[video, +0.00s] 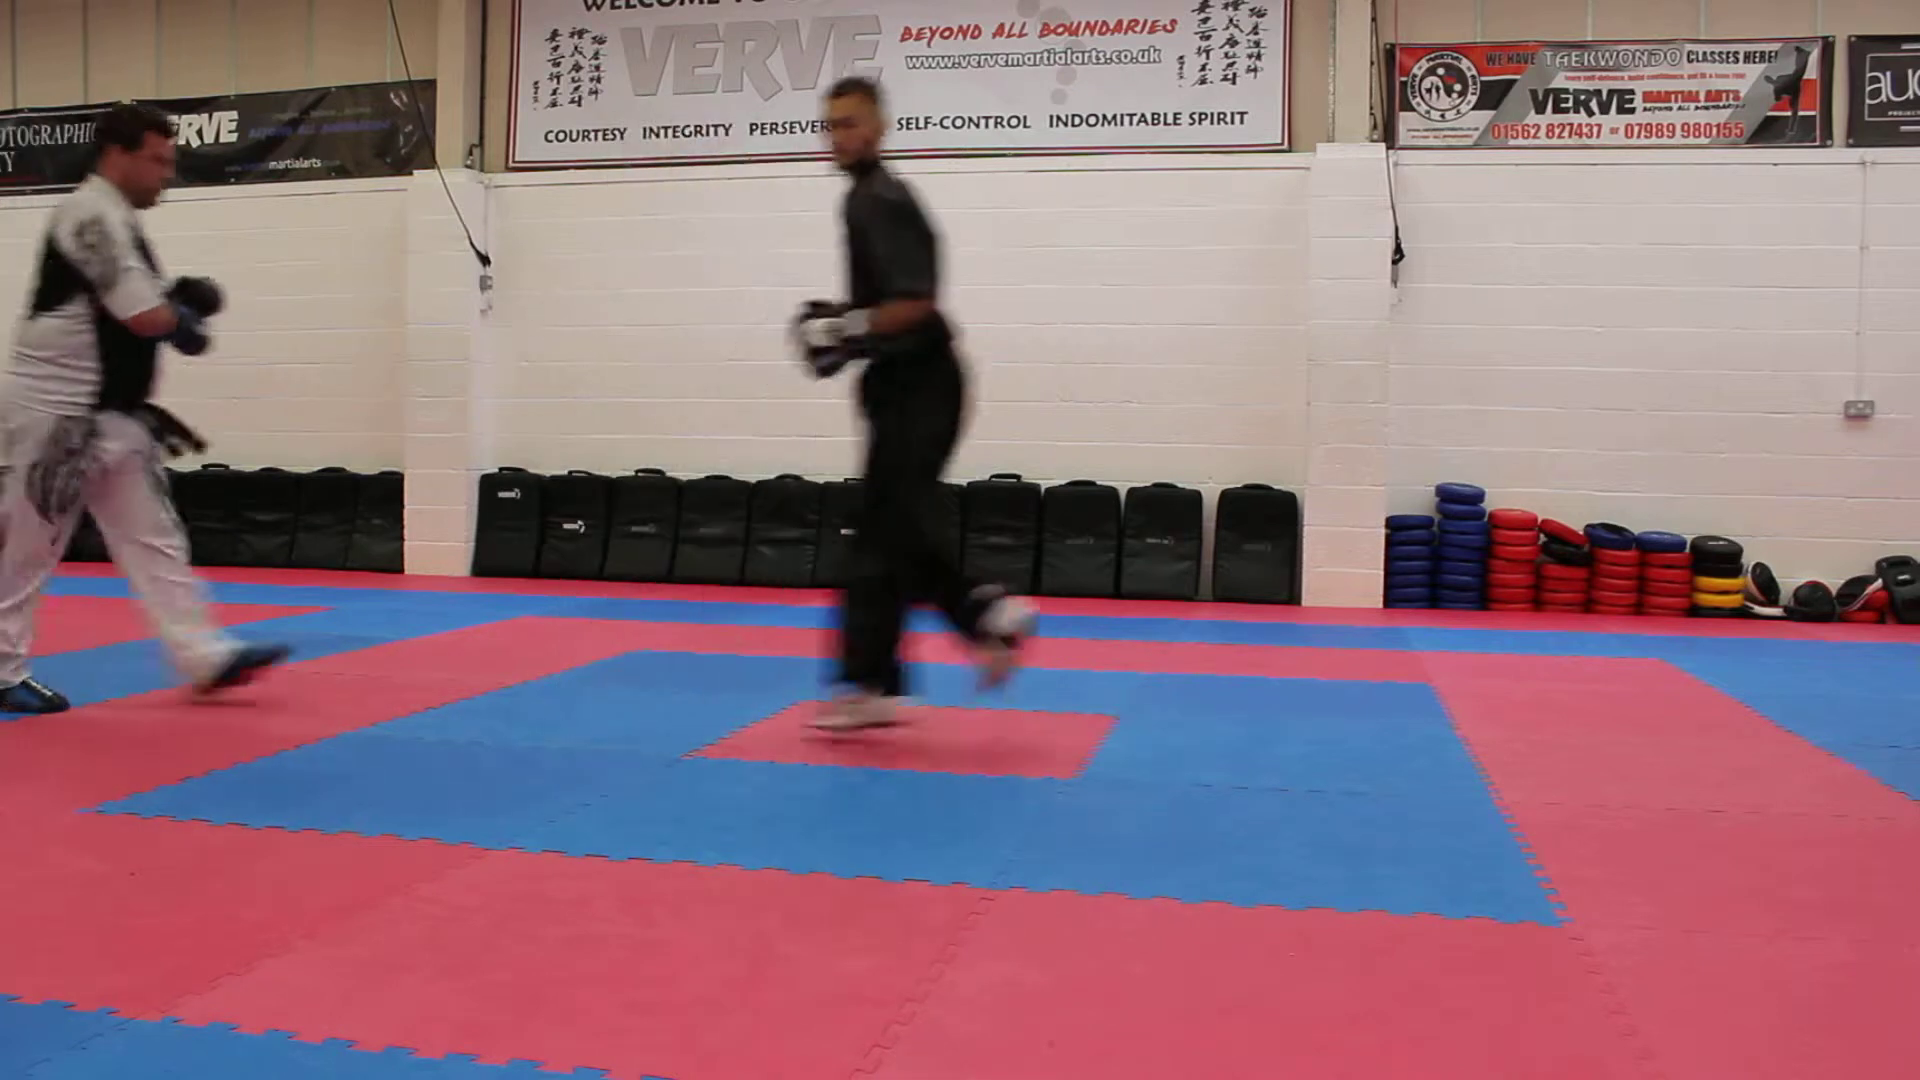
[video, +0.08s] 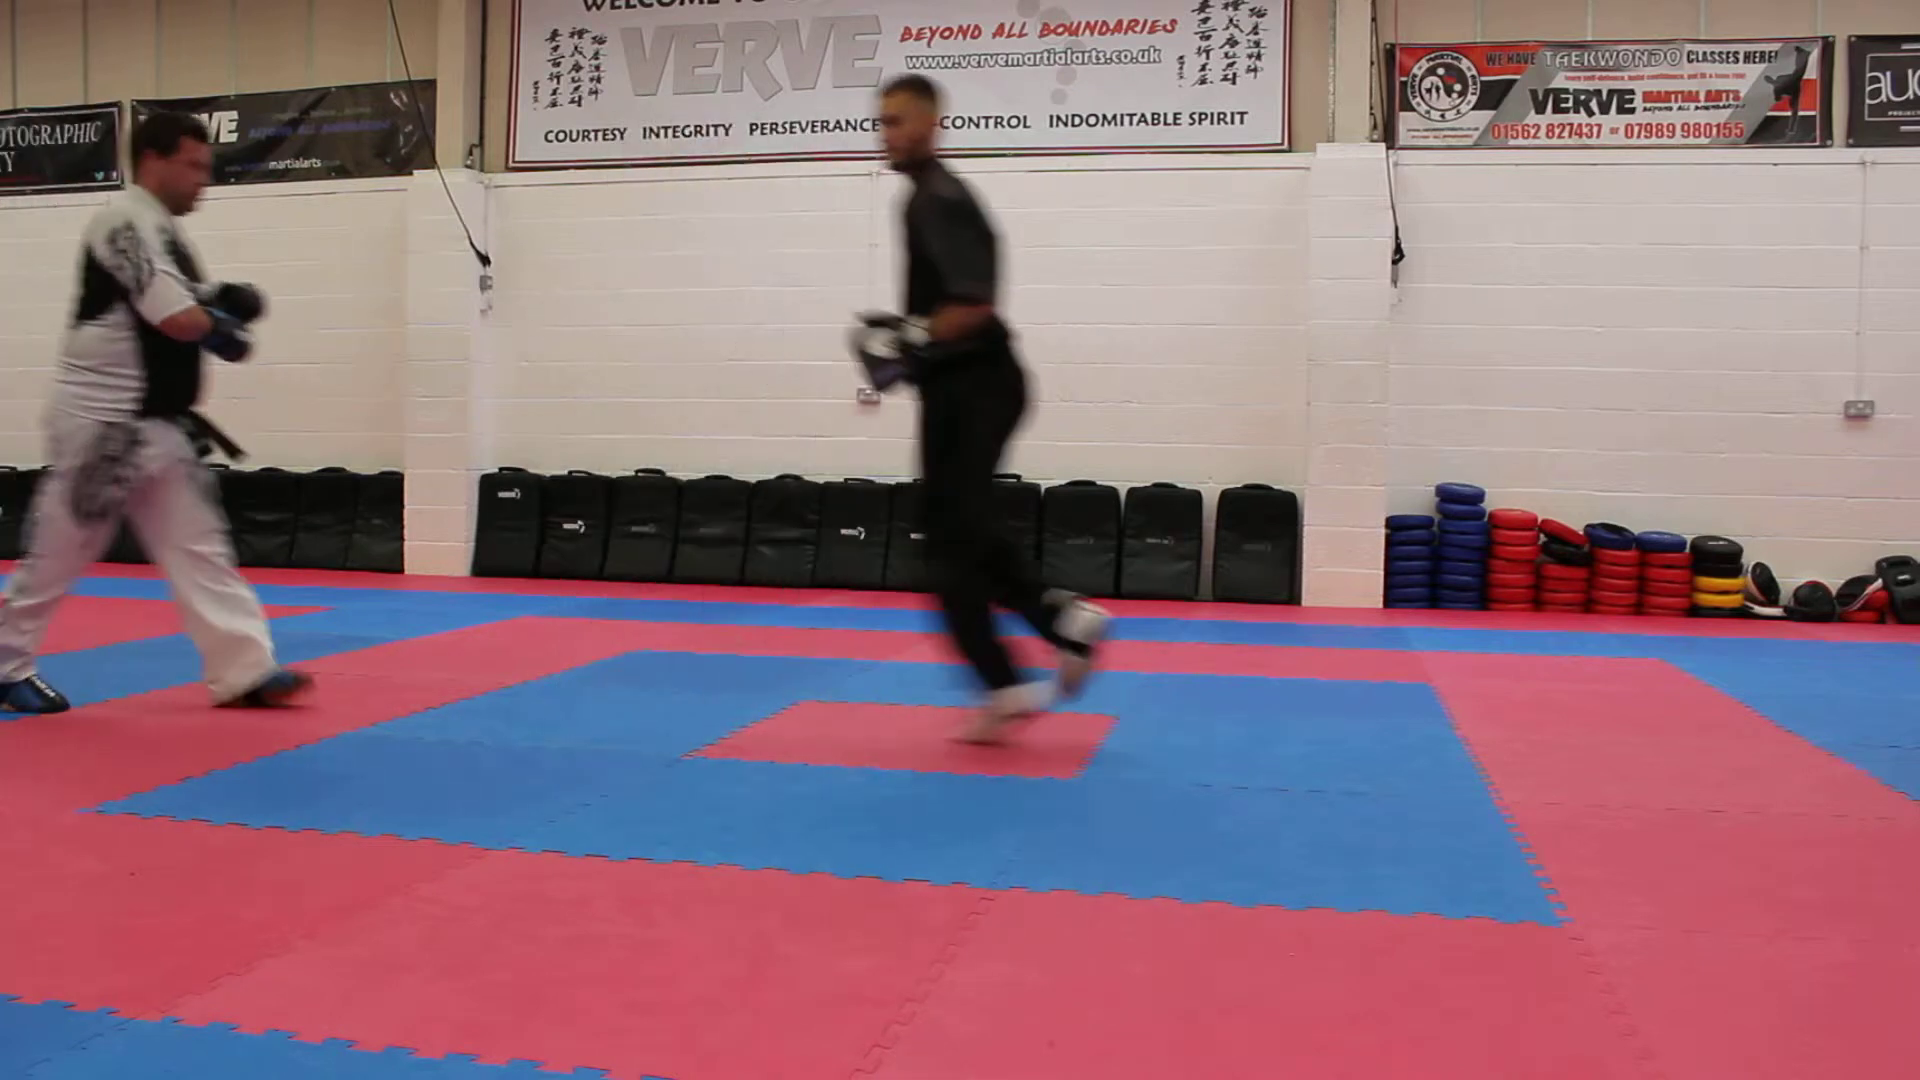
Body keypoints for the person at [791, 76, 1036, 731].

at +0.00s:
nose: (838, 135)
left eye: (850, 123)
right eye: (832, 125)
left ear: (879, 126)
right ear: (830, 131)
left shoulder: (887, 201)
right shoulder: (863, 199)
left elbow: (914, 303)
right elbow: (884, 297)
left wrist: (847, 330)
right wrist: (841, 321)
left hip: (921, 379)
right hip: (898, 378)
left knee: (893, 517)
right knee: (888, 520)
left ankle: (989, 615)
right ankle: (871, 683)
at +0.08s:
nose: (884, 134)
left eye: (895, 121)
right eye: (881, 122)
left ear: (932, 124)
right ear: (896, 127)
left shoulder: (945, 202)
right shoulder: (923, 199)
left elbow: (973, 306)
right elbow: (940, 300)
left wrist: (910, 338)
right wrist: (903, 347)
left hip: (980, 380)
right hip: (955, 380)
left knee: (955, 527)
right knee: (950, 532)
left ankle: (1067, 622)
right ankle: (1003, 685)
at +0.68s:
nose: (1251, 151)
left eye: (1261, 139)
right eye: (1255, 139)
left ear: (1293, 146)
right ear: (1307, 149)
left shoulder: (1289, 228)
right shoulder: (1358, 225)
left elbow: (1309, 337)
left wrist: (1243, 352)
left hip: (1324, 422)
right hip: (1382, 418)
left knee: (1262, 550)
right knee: (1409, 564)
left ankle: (1235, 705)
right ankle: (1462, 714)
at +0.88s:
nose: (1310, 118)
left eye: (1320, 105)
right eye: (1313, 105)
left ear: (1356, 114)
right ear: (1375, 117)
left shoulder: (1335, 197)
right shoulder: (1427, 198)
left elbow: (1340, 309)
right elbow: (1450, 312)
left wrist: (1286, 318)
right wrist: (1366, 308)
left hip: (1357, 391)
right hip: (1429, 390)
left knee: (1299, 533)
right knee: (1446, 545)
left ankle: (1252, 694)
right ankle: (1490, 698)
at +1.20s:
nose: (1329, 146)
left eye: (1338, 134)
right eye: (1333, 134)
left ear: (1370, 142)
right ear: (1395, 145)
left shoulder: (1339, 225)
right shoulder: (1453, 230)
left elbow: (1328, 336)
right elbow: (1464, 342)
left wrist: (1276, 327)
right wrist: (1382, 327)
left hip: (1353, 426)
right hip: (1431, 423)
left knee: (1309, 575)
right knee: (1452, 563)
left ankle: (1270, 731)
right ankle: (1490, 699)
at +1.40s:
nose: (1325, 178)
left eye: (1333, 167)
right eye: (1329, 166)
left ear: (1365, 174)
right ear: (1388, 179)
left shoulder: (1313, 253)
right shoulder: (1437, 267)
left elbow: (1282, 354)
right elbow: (1458, 375)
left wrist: (1263, 377)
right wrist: (1393, 383)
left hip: (1310, 442)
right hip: (1387, 447)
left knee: (1264, 551)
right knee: (1390, 573)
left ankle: (1249, 683)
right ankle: (1405, 720)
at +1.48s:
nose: (1317, 184)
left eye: (1327, 173)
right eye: (1321, 172)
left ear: (1363, 181)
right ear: (1377, 185)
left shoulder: (1309, 248)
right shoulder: (1417, 270)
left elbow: (1271, 311)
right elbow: (1422, 375)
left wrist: (1222, 334)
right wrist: (1362, 357)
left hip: (1274, 428)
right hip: (1348, 443)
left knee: (1219, 524)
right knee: (1374, 579)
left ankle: (1188, 611)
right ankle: (1401, 726)